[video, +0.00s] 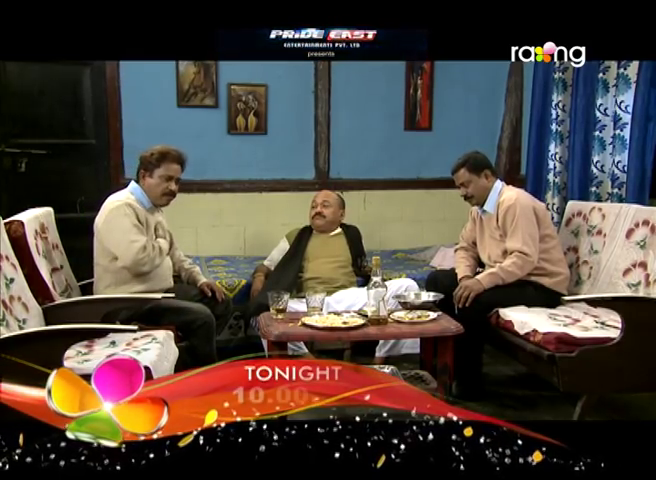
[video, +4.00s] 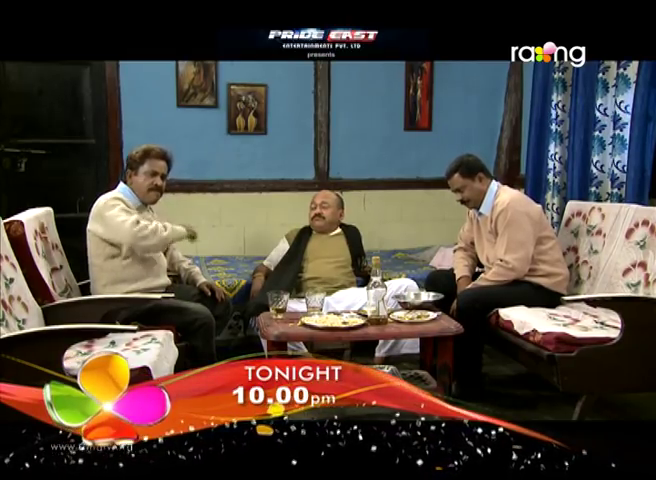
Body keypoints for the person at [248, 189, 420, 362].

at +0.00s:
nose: (317, 210)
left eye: (326, 206)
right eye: (314, 206)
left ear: (341, 213)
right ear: (309, 211)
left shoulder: (351, 233)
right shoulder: (297, 236)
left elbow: (362, 268)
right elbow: (266, 267)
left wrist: (377, 280)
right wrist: (258, 286)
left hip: (351, 297)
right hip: (311, 300)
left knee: (406, 286)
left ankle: (381, 362)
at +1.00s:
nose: (317, 210)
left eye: (325, 206)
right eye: (314, 206)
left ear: (341, 213)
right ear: (309, 211)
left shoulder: (351, 233)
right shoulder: (297, 236)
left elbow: (362, 268)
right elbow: (265, 267)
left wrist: (377, 282)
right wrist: (256, 297)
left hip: (351, 297)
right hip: (311, 300)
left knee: (406, 286)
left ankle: (381, 362)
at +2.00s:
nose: (317, 211)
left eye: (325, 206)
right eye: (314, 206)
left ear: (340, 213)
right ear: (309, 211)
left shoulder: (351, 233)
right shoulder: (297, 236)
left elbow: (361, 269)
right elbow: (264, 269)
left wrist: (379, 281)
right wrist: (256, 302)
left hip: (350, 298)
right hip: (309, 300)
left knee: (406, 286)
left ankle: (382, 362)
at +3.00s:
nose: (317, 210)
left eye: (325, 206)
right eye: (313, 206)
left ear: (340, 213)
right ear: (309, 211)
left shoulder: (351, 233)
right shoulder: (297, 236)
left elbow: (361, 269)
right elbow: (264, 269)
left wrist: (378, 282)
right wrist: (256, 302)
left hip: (350, 297)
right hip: (309, 300)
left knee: (406, 285)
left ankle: (383, 363)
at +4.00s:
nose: (316, 211)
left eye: (324, 207)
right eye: (313, 207)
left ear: (340, 214)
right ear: (308, 212)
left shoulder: (351, 233)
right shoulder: (297, 236)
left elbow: (361, 269)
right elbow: (265, 268)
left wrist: (379, 281)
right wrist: (255, 301)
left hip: (350, 297)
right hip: (309, 300)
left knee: (406, 286)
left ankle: (382, 362)